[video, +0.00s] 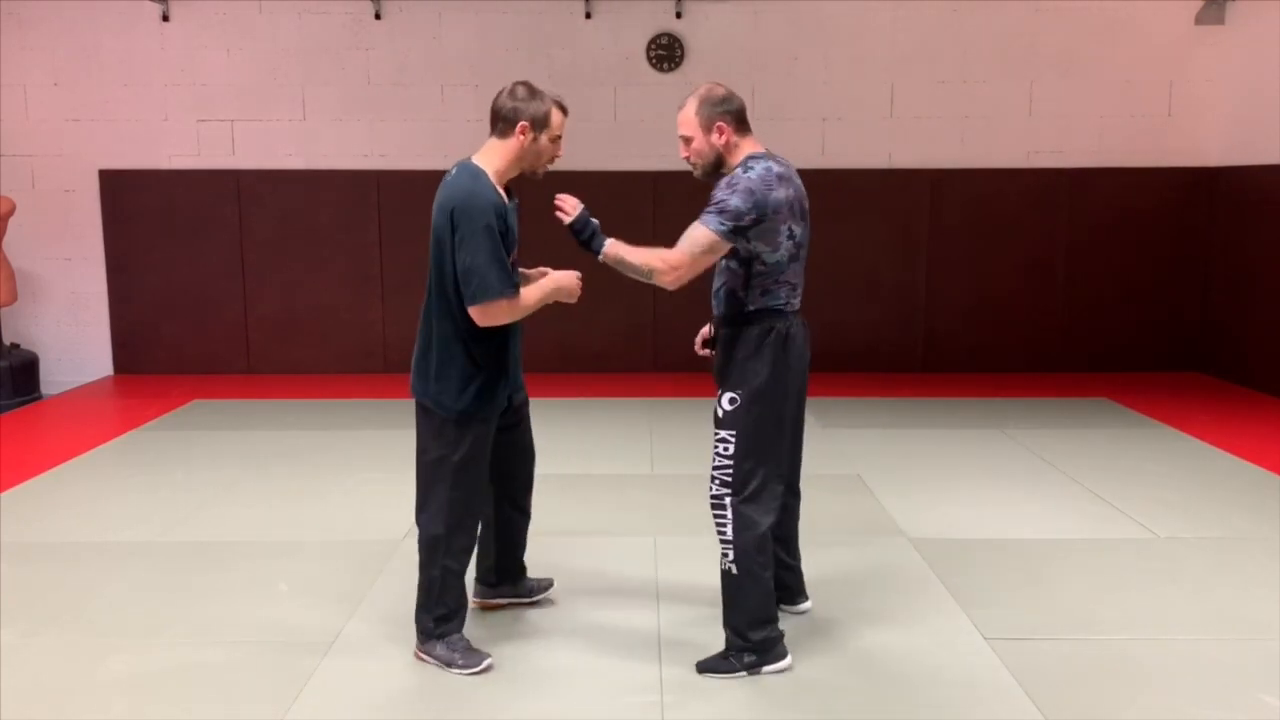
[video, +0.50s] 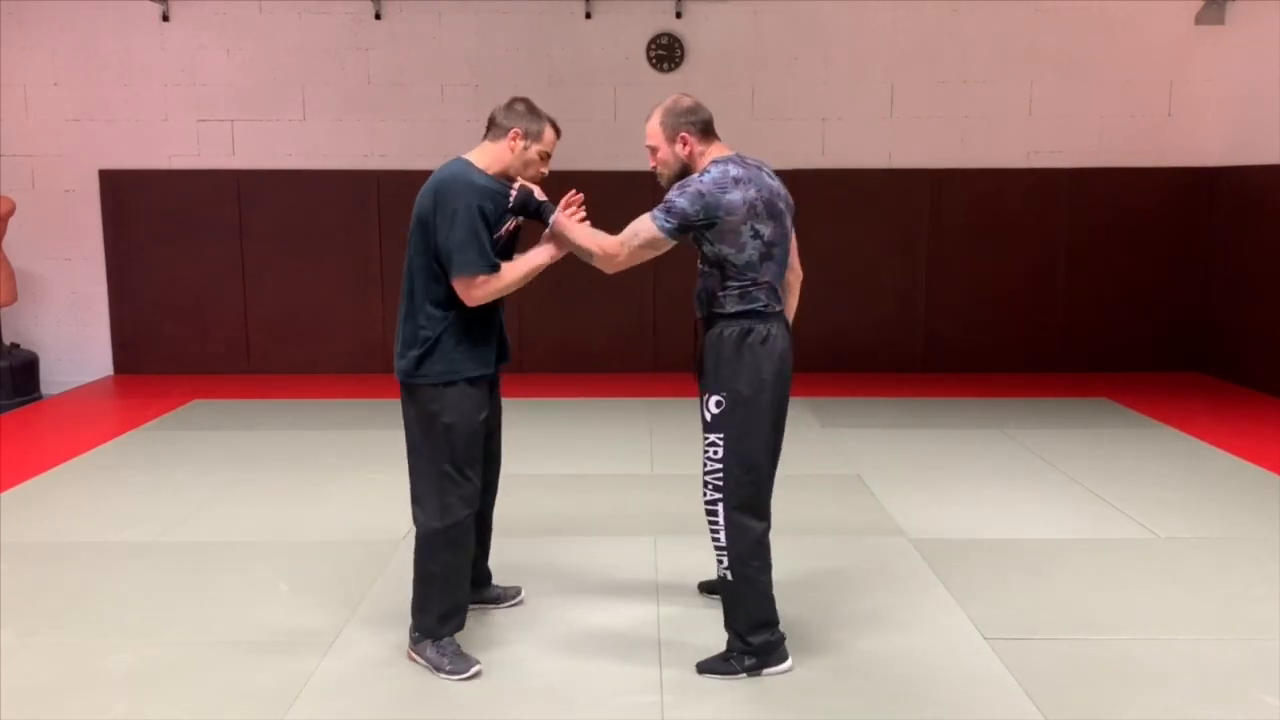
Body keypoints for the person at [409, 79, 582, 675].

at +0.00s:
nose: (558, 153)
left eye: (560, 140)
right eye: (555, 140)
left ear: (519, 132)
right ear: (524, 133)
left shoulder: (491, 187)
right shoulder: (472, 199)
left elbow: (484, 277)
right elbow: (487, 309)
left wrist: (527, 279)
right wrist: (546, 290)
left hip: (495, 376)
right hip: (456, 384)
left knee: (511, 480)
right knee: (452, 511)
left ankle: (500, 579)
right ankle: (437, 632)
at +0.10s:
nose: (548, 150)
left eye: (550, 139)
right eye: (545, 138)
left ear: (509, 130)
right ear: (513, 131)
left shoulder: (484, 187)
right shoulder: (464, 198)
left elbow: (512, 260)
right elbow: (477, 306)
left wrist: (565, 262)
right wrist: (538, 279)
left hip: (492, 378)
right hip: (456, 385)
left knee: (499, 485)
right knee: (452, 509)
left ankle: (480, 579)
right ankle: (437, 633)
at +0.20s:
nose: (541, 156)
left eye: (544, 145)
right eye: (539, 143)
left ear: (505, 134)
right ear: (505, 133)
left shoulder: (485, 190)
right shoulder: (453, 196)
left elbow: (515, 253)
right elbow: (470, 300)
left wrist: (559, 257)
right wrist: (538, 274)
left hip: (491, 379)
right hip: (456, 386)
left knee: (490, 493)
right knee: (458, 508)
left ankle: (475, 584)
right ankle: (438, 633)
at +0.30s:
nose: (539, 160)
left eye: (542, 148)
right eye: (536, 146)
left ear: (507, 136)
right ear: (502, 134)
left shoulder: (484, 190)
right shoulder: (447, 195)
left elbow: (530, 242)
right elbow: (462, 292)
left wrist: (581, 249)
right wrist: (541, 265)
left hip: (481, 377)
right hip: (451, 383)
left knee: (485, 492)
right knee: (465, 502)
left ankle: (471, 584)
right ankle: (441, 629)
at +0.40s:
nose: (541, 164)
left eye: (545, 153)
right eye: (539, 150)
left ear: (512, 136)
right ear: (507, 134)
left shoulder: (488, 189)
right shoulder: (450, 189)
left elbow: (510, 268)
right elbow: (462, 284)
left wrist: (555, 229)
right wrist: (546, 253)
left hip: (478, 369)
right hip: (447, 375)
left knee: (480, 487)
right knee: (460, 497)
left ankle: (470, 586)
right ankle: (440, 627)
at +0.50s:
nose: (539, 171)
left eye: (543, 162)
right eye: (540, 158)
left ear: (511, 139)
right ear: (515, 140)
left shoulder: (489, 190)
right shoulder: (459, 190)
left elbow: (496, 262)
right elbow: (473, 289)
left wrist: (542, 224)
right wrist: (546, 253)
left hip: (474, 367)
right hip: (442, 373)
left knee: (477, 486)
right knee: (448, 502)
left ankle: (471, 583)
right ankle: (431, 633)